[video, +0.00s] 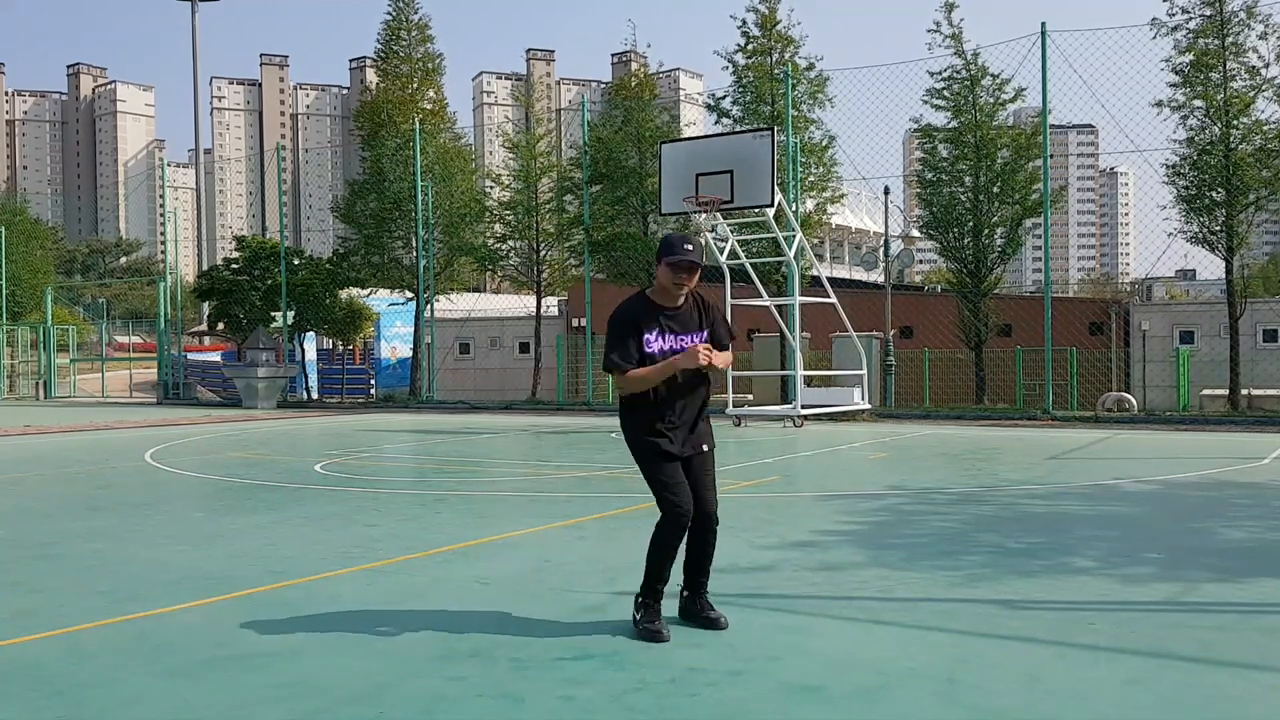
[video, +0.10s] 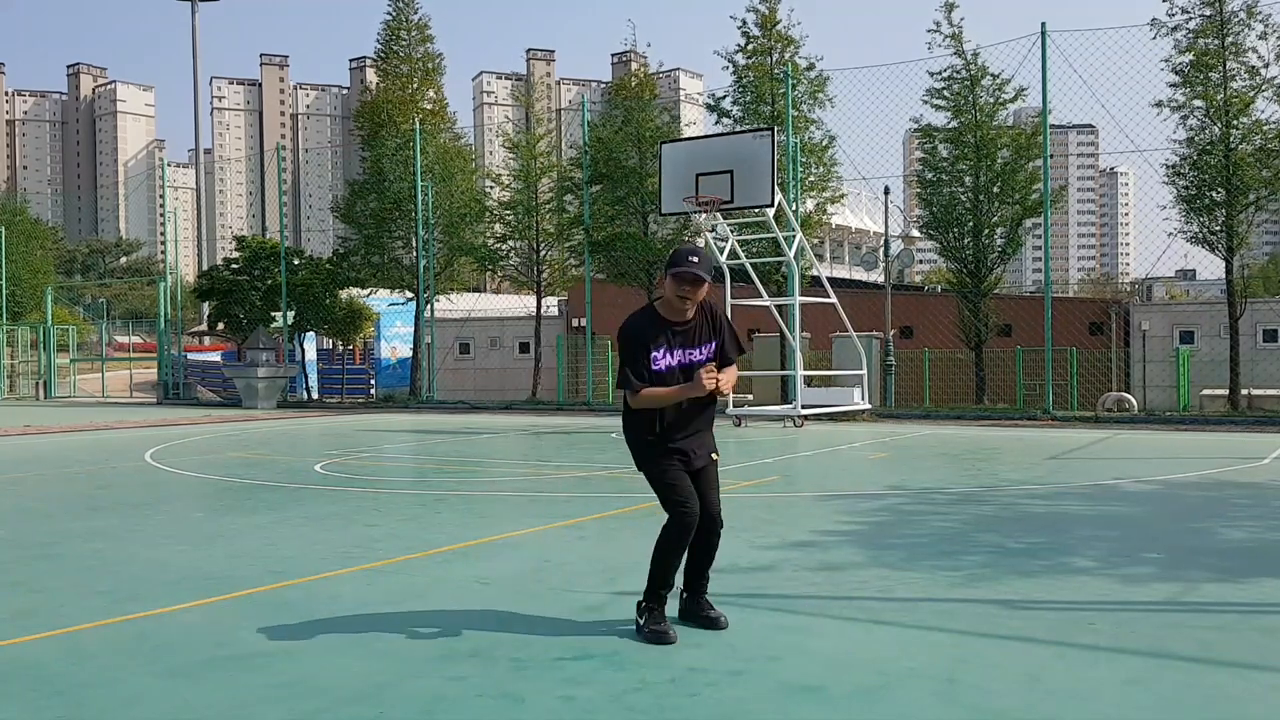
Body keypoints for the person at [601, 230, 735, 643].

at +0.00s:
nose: (684, 276)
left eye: (691, 269)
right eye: (676, 267)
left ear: (699, 273)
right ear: (658, 267)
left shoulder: (703, 307)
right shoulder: (629, 314)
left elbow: (728, 355)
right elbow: (624, 382)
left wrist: (716, 358)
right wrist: (678, 363)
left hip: (694, 424)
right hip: (649, 429)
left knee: (707, 514)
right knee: (679, 510)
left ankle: (695, 599)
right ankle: (648, 606)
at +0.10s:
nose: (688, 289)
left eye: (698, 282)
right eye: (682, 280)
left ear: (708, 286)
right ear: (665, 279)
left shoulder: (712, 317)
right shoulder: (637, 328)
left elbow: (731, 366)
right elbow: (635, 397)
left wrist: (725, 380)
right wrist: (690, 389)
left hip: (698, 434)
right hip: (652, 439)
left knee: (711, 518)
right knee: (685, 513)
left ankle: (694, 600)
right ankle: (651, 608)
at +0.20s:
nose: (693, 293)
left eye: (703, 286)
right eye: (687, 284)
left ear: (718, 292)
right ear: (675, 286)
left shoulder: (726, 325)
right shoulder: (646, 331)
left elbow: (739, 380)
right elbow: (631, 399)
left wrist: (747, 434)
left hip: (693, 428)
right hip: (646, 429)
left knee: (700, 512)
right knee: (674, 504)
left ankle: (693, 599)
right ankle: (651, 608)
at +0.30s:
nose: (690, 278)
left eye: (700, 270)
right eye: (684, 269)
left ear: (720, 275)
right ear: (675, 271)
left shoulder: (733, 314)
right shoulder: (651, 316)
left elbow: (758, 360)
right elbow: (614, 376)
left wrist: (785, 410)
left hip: (695, 430)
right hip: (649, 429)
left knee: (697, 513)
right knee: (667, 506)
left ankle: (693, 599)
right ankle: (651, 608)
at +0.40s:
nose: (679, 251)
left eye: (689, 243)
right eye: (675, 243)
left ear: (714, 246)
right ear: (670, 245)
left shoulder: (734, 288)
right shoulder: (647, 293)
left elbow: (771, 324)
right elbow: (591, 335)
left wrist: (812, 360)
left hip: (704, 424)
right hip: (654, 425)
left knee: (711, 510)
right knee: (671, 507)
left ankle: (694, 582)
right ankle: (651, 604)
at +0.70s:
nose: (702, 290)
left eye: (710, 281)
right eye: (693, 281)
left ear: (720, 281)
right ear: (673, 279)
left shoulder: (738, 316)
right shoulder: (647, 320)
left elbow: (789, 336)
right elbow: (595, 358)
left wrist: (844, 358)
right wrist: (550, 380)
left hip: (721, 449)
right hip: (667, 450)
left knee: (730, 532)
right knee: (682, 532)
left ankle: (723, 622)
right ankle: (662, 623)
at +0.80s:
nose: (716, 301)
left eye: (721, 292)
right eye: (706, 294)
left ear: (727, 289)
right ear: (678, 294)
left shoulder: (733, 332)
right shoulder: (646, 332)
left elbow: (776, 373)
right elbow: (613, 389)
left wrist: (804, 429)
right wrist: (611, 456)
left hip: (712, 443)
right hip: (661, 446)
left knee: (720, 522)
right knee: (681, 517)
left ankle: (723, 618)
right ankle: (662, 618)